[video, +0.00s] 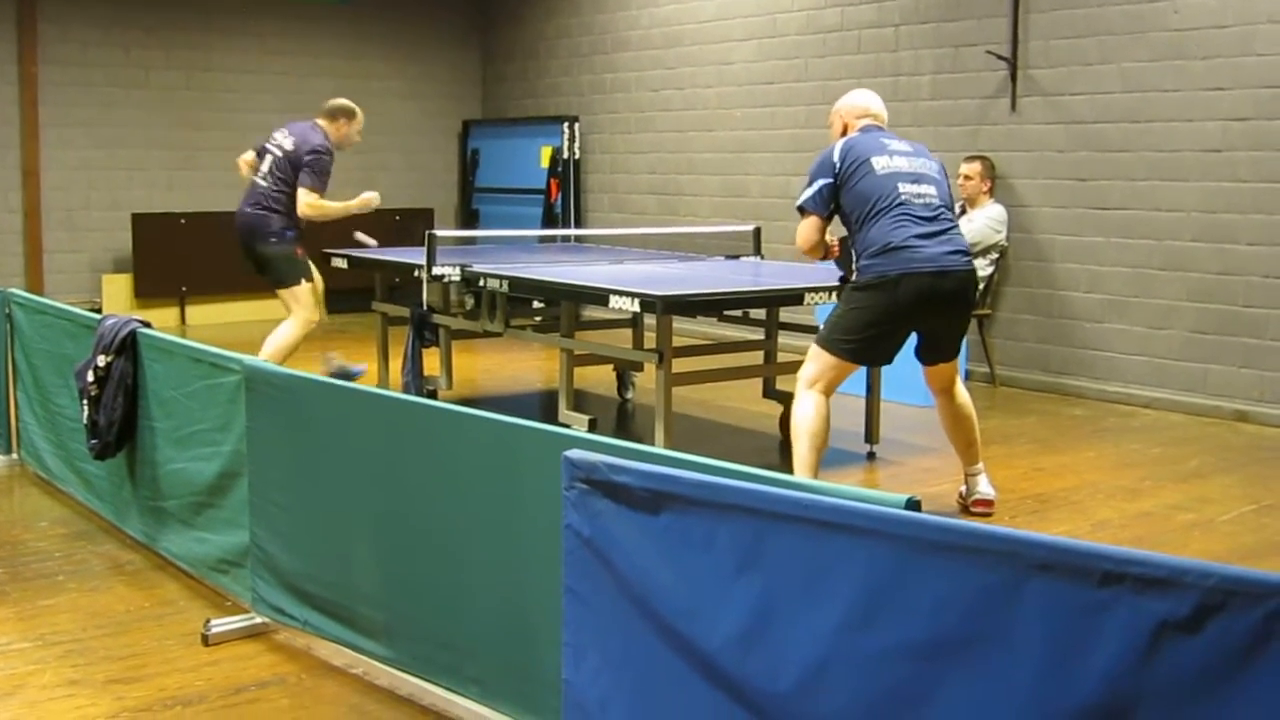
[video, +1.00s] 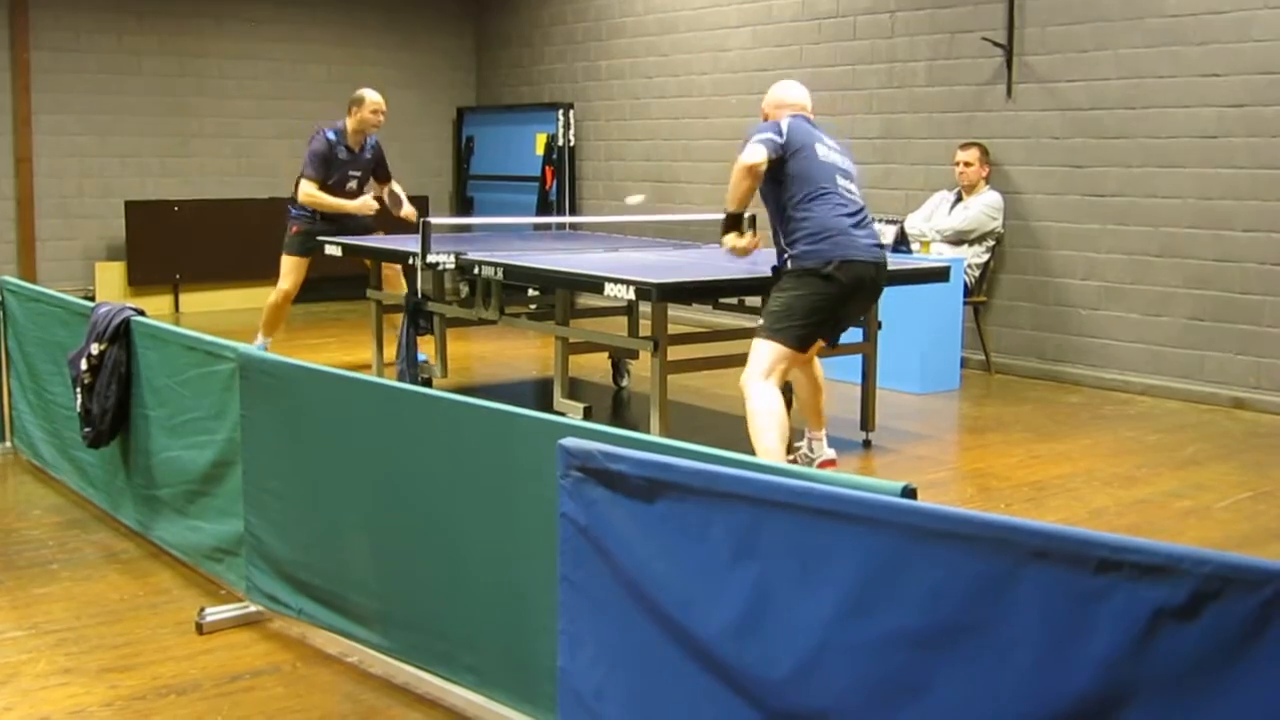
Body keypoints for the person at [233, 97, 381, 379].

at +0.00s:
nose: (357, 139)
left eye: (359, 132)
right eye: (357, 131)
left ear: (336, 122)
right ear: (341, 124)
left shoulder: (292, 130)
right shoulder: (319, 148)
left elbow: (246, 161)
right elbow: (308, 208)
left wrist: (273, 194)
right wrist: (355, 205)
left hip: (254, 219)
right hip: (270, 225)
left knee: (314, 284)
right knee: (305, 315)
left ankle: (329, 360)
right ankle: (254, 379)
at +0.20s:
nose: (395, 148)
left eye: (399, 142)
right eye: (392, 139)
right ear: (371, 132)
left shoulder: (361, 163)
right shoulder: (338, 153)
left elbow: (334, 201)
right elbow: (288, 185)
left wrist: (335, 228)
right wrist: (327, 199)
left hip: (314, 234)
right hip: (290, 228)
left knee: (355, 278)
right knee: (290, 299)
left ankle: (361, 362)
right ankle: (253, 369)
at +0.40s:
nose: (405, 124)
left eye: (409, 119)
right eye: (401, 116)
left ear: (408, 121)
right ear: (381, 111)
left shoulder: (385, 148)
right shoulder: (344, 134)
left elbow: (376, 188)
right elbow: (300, 170)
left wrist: (384, 228)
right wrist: (333, 198)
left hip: (341, 217)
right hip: (302, 211)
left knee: (370, 278)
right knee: (286, 285)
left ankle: (360, 358)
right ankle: (245, 352)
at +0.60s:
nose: (389, 101)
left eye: (392, 96)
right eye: (384, 94)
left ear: (391, 100)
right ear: (364, 93)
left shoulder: (375, 134)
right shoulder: (334, 120)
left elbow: (370, 178)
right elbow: (307, 164)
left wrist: (385, 209)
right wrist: (354, 183)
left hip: (345, 210)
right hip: (304, 211)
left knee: (370, 275)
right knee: (283, 285)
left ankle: (361, 354)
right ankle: (266, 345)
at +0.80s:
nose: (370, 99)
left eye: (373, 93)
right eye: (364, 92)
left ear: (372, 96)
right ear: (344, 92)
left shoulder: (363, 130)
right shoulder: (316, 124)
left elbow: (370, 169)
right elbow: (299, 173)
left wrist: (389, 194)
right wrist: (351, 184)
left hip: (344, 211)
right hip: (302, 214)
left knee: (383, 266)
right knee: (283, 286)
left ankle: (391, 340)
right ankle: (264, 346)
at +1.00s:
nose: (381, 119)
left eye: (383, 113)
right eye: (375, 112)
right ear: (354, 112)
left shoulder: (372, 146)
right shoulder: (324, 141)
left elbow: (386, 185)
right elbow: (305, 194)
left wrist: (403, 205)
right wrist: (352, 205)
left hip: (351, 219)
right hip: (310, 218)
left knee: (392, 270)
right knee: (286, 289)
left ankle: (408, 346)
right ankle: (261, 344)